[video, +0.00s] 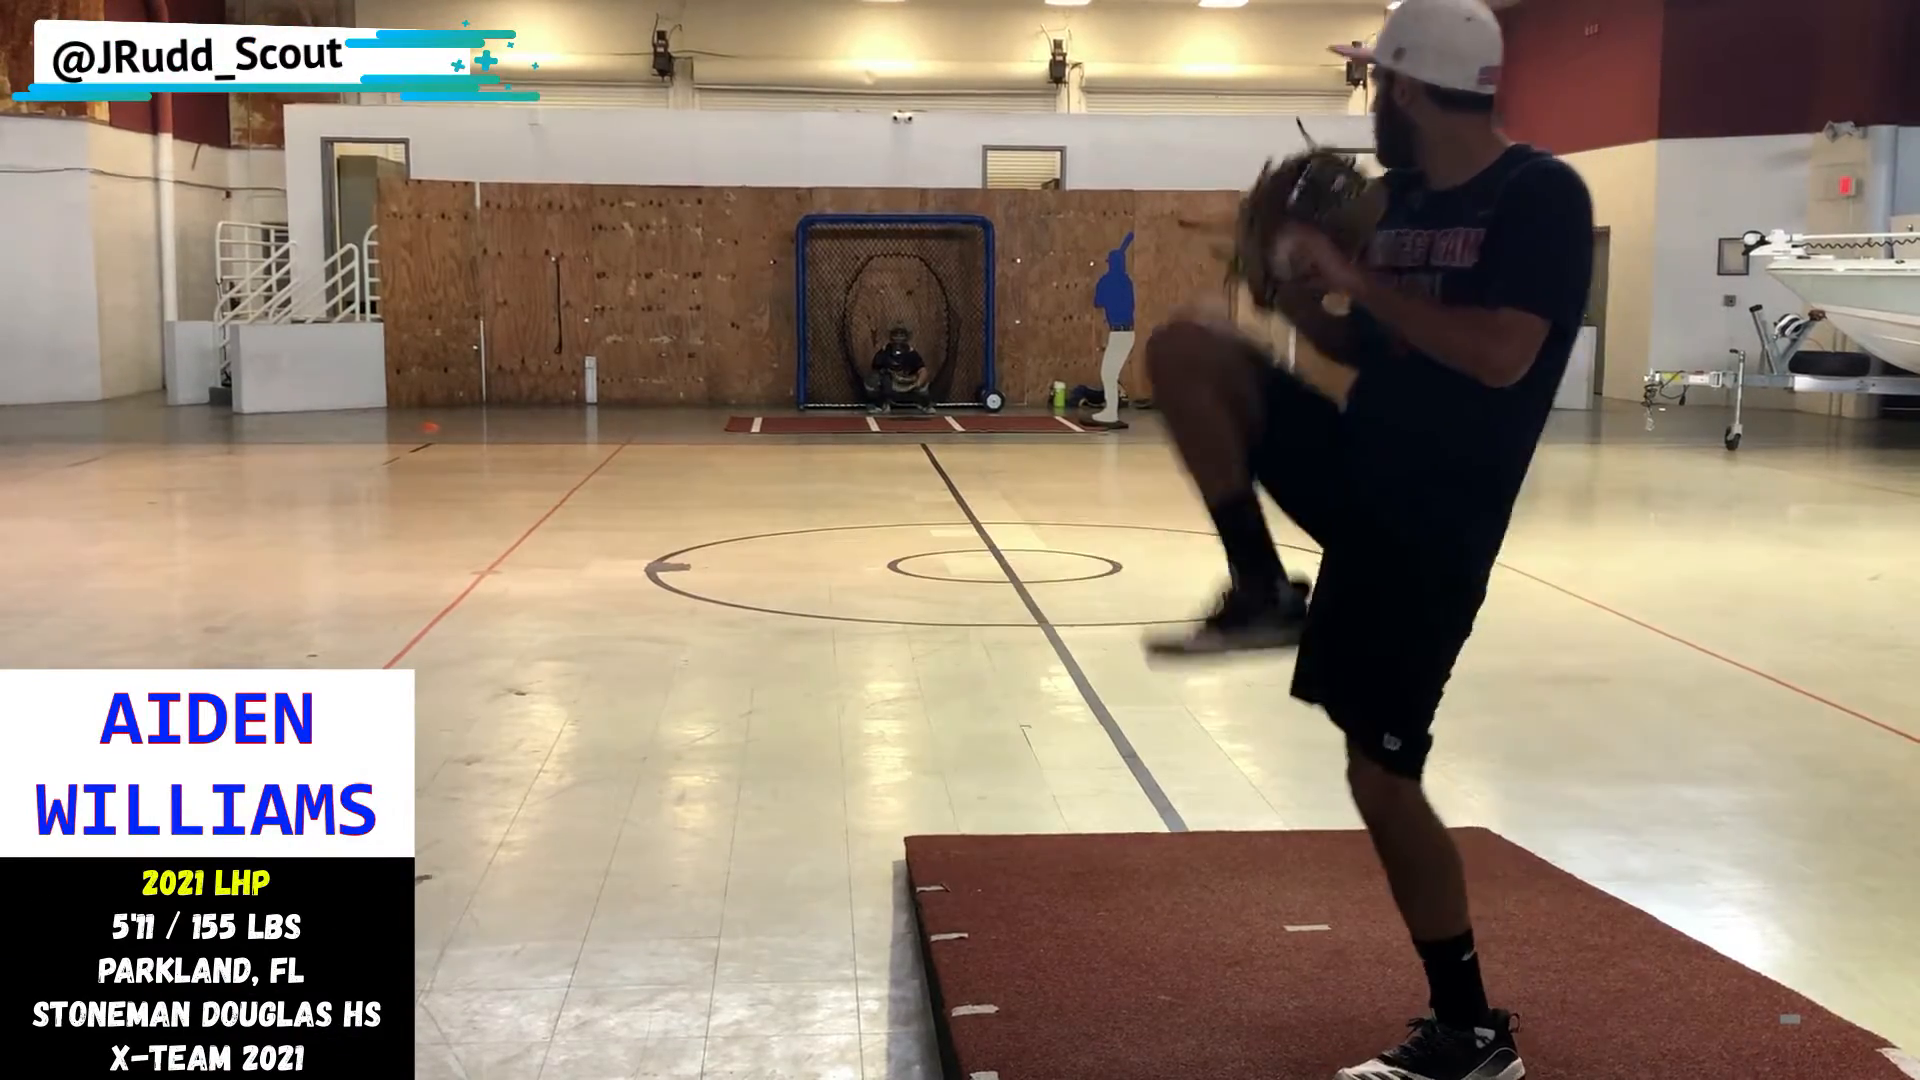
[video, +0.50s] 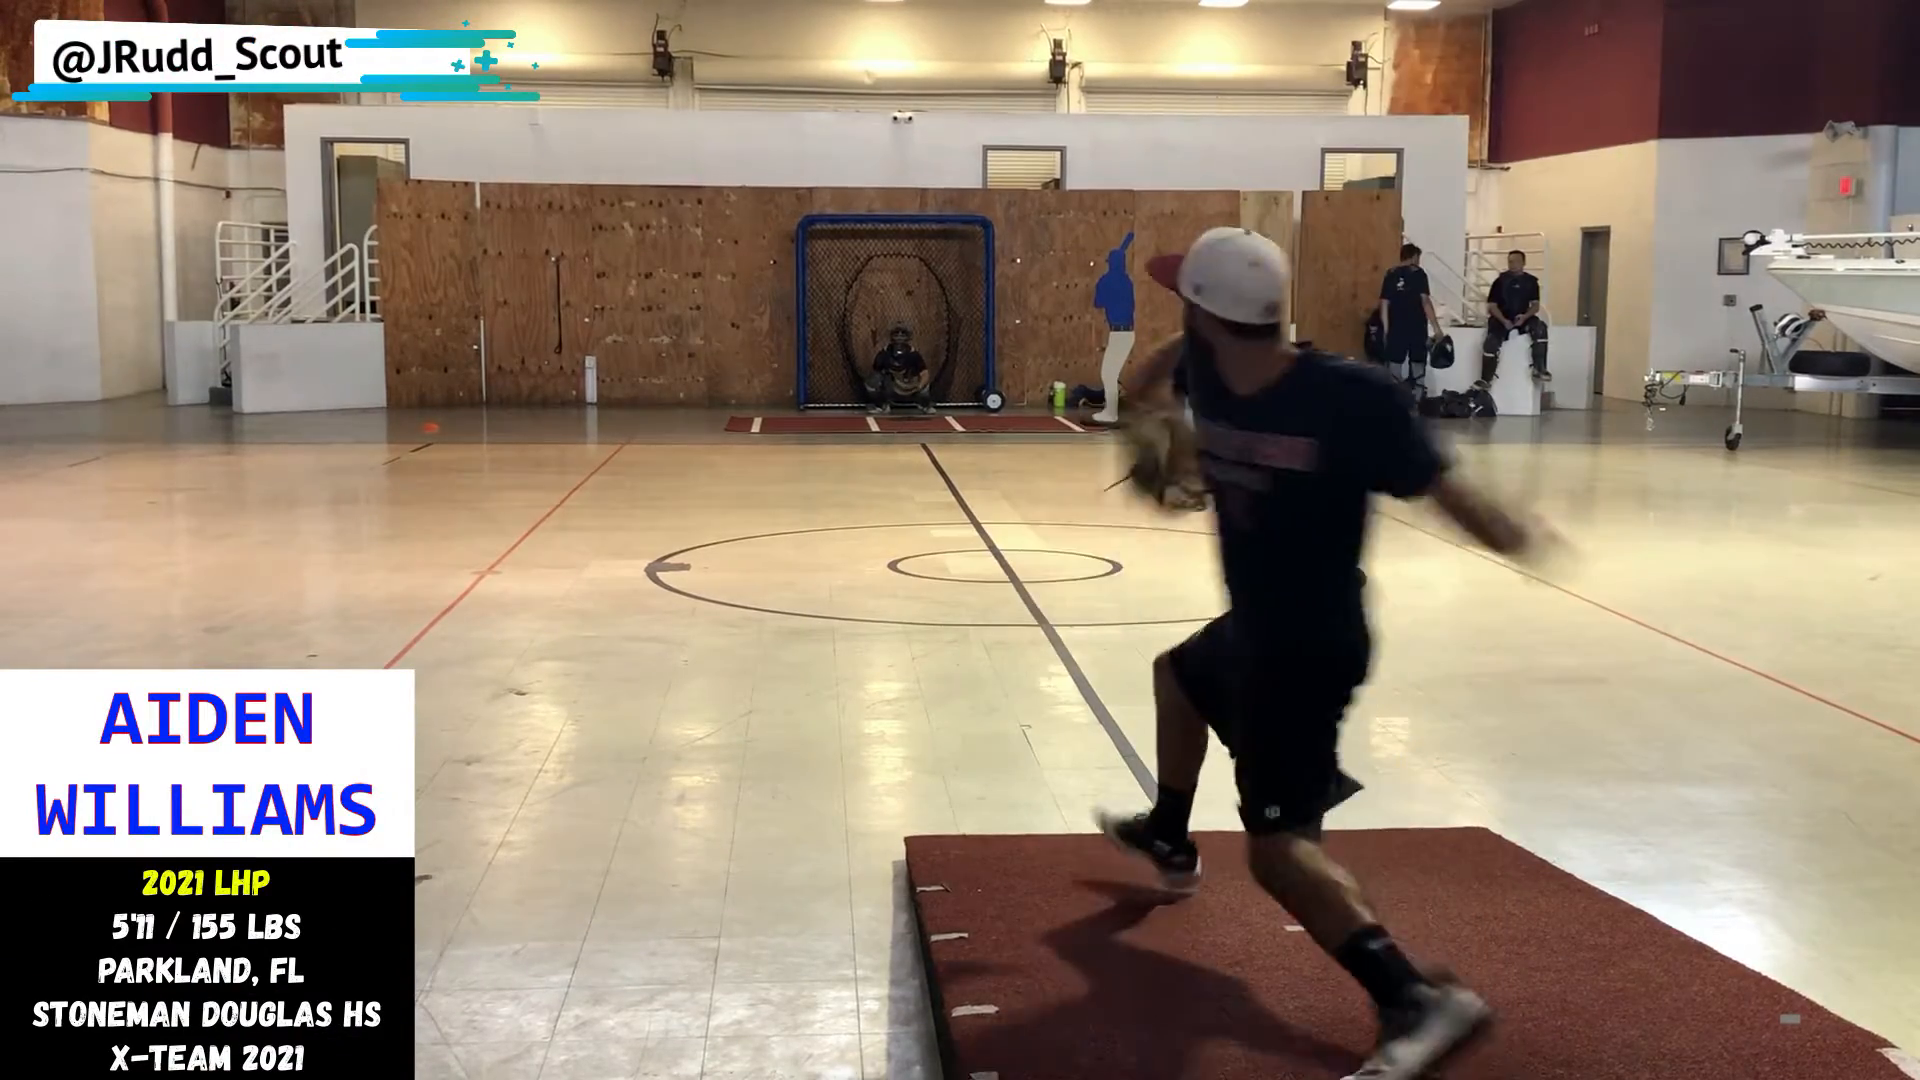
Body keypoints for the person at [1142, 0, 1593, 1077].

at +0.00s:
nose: (1375, 104)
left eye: (1384, 86)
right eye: (1377, 86)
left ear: (1418, 91)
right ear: (1453, 92)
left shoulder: (1547, 195)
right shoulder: (1402, 202)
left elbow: (1505, 351)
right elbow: (1375, 361)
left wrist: (1358, 280)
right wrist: (1289, 287)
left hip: (1436, 524)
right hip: (1353, 471)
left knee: (1380, 779)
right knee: (1184, 350)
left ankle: (1466, 1023)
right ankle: (1260, 588)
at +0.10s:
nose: (1345, 129)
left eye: (1355, 113)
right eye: (1349, 112)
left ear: (1385, 122)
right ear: (1427, 121)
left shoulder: (1519, 224)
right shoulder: (1367, 218)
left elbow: (1505, 397)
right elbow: (1348, 354)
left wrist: (1342, 372)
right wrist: (1271, 338)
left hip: (1446, 538)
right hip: (1351, 495)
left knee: (1357, 769)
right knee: (1156, 495)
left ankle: (1466, 1022)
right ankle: (1236, 716)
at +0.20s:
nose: (1312, 195)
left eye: (1323, 179)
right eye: (1315, 177)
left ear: (1361, 190)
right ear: (1387, 188)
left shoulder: (1495, 292)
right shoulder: (1333, 283)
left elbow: (1509, 464)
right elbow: (1257, 386)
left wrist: (1354, 554)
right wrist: (1168, 477)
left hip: (1450, 554)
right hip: (1348, 521)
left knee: (1335, 780)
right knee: (1156, 626)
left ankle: (1462, 1027)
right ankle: (1169, 837)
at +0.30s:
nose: (1278, 283)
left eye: (1288, 269)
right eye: (1280, 267)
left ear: (1314, 273)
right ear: (1366, 268)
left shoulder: (1463, 368)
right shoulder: (1292, 345)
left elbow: (1530, 531)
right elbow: (1180, 416)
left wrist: (1532, 682)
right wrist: (1082, 518)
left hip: (1419, 607)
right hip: (1328, 575)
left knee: (1305, 794)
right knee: (1165, 687)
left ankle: (1454, 1025)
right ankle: (1145, 853)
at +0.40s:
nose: (1225, 321)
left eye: (1231, 310)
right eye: (1230, 309)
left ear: (1251, 325)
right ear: (1316, 320)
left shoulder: (1412, 409)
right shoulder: (1246, 386)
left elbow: (1532, 518)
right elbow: (1145, 405)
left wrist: (1650, 646)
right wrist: (1058, 461)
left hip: (1378, 630)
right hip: (1297, 604)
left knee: (1275, 819)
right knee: (1173, 706)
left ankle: (1448, 1026)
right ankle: (1161, 825)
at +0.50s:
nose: (1183, 319)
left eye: (1187, 308)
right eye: (1185, 309)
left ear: (1207, 317)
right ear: (1274, 309)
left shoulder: (1354, 400)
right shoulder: (1210, 374)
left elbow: (1446, 486)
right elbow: (1143, 385)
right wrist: (1149, 437)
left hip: (1312, 642)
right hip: (1257, 619)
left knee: (1278, 848)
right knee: (1175, 679)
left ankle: (1413, 1002)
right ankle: (1167, 830)